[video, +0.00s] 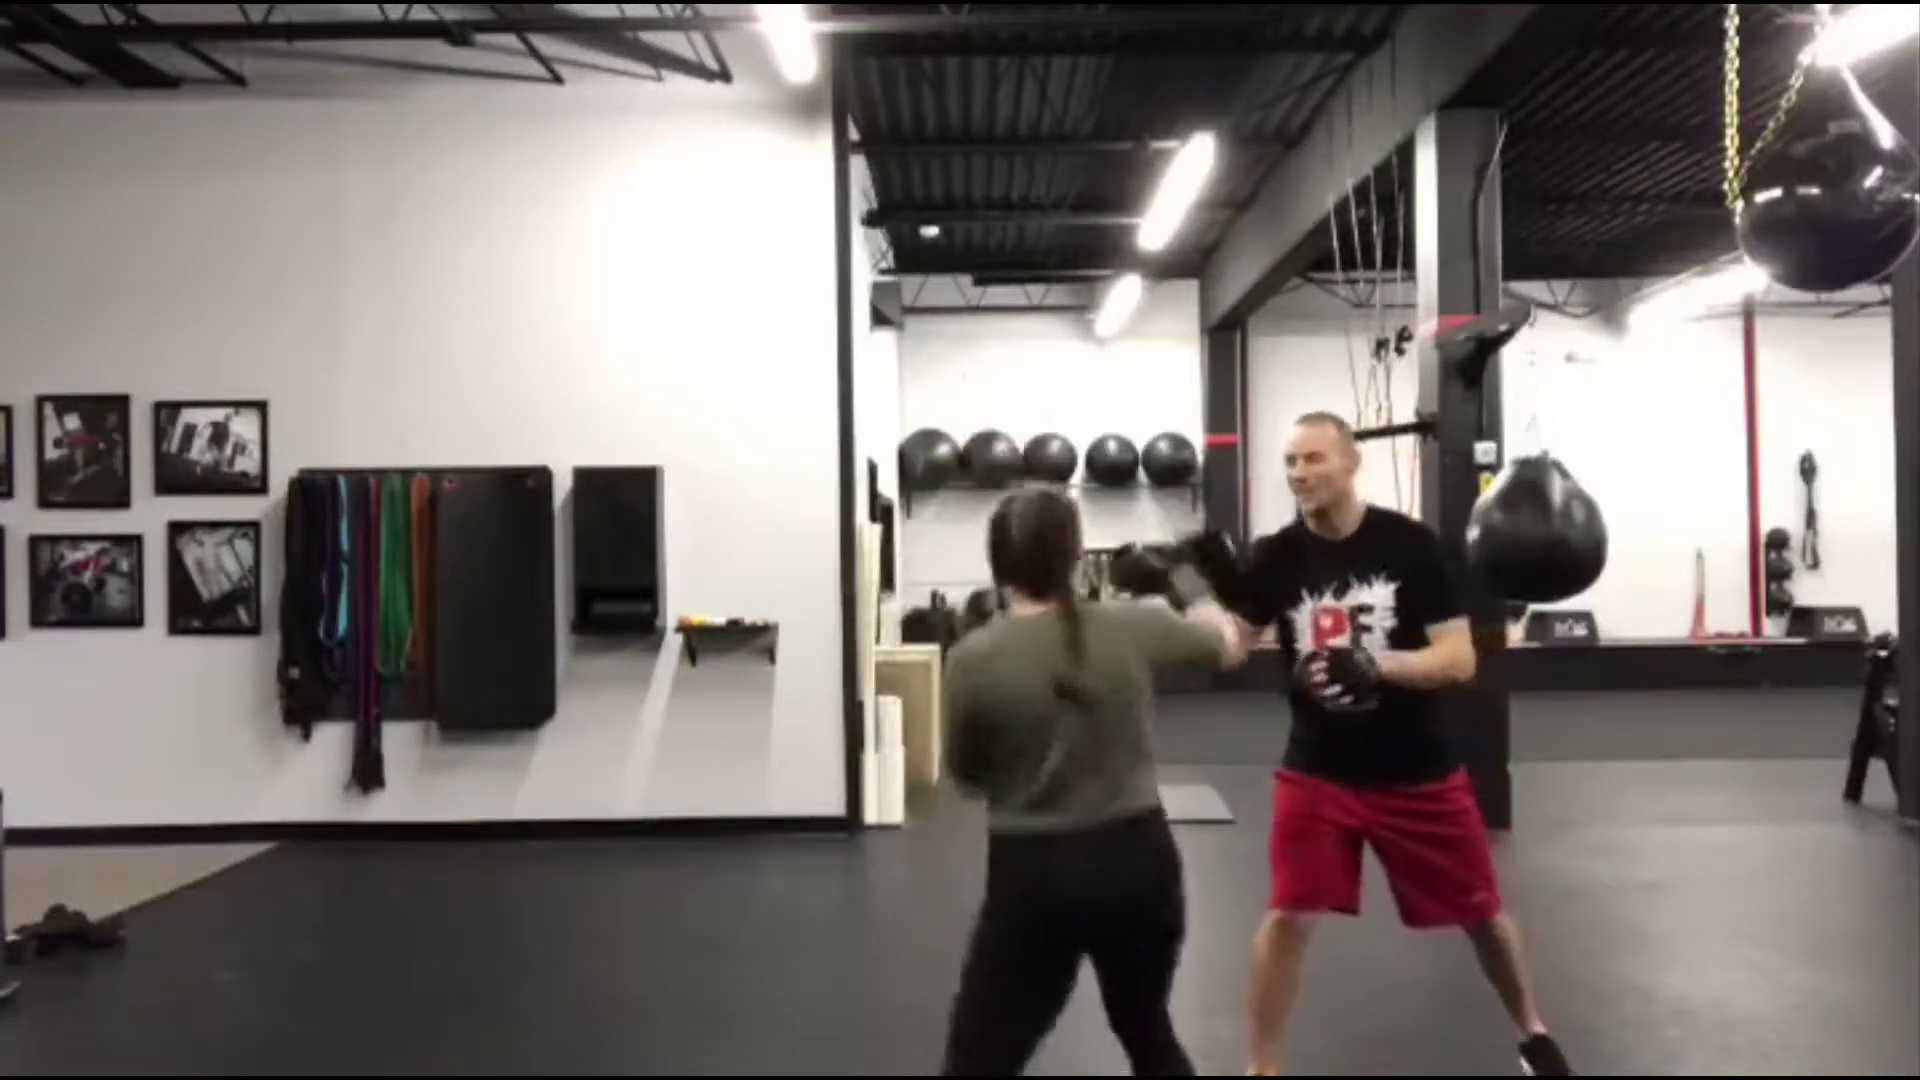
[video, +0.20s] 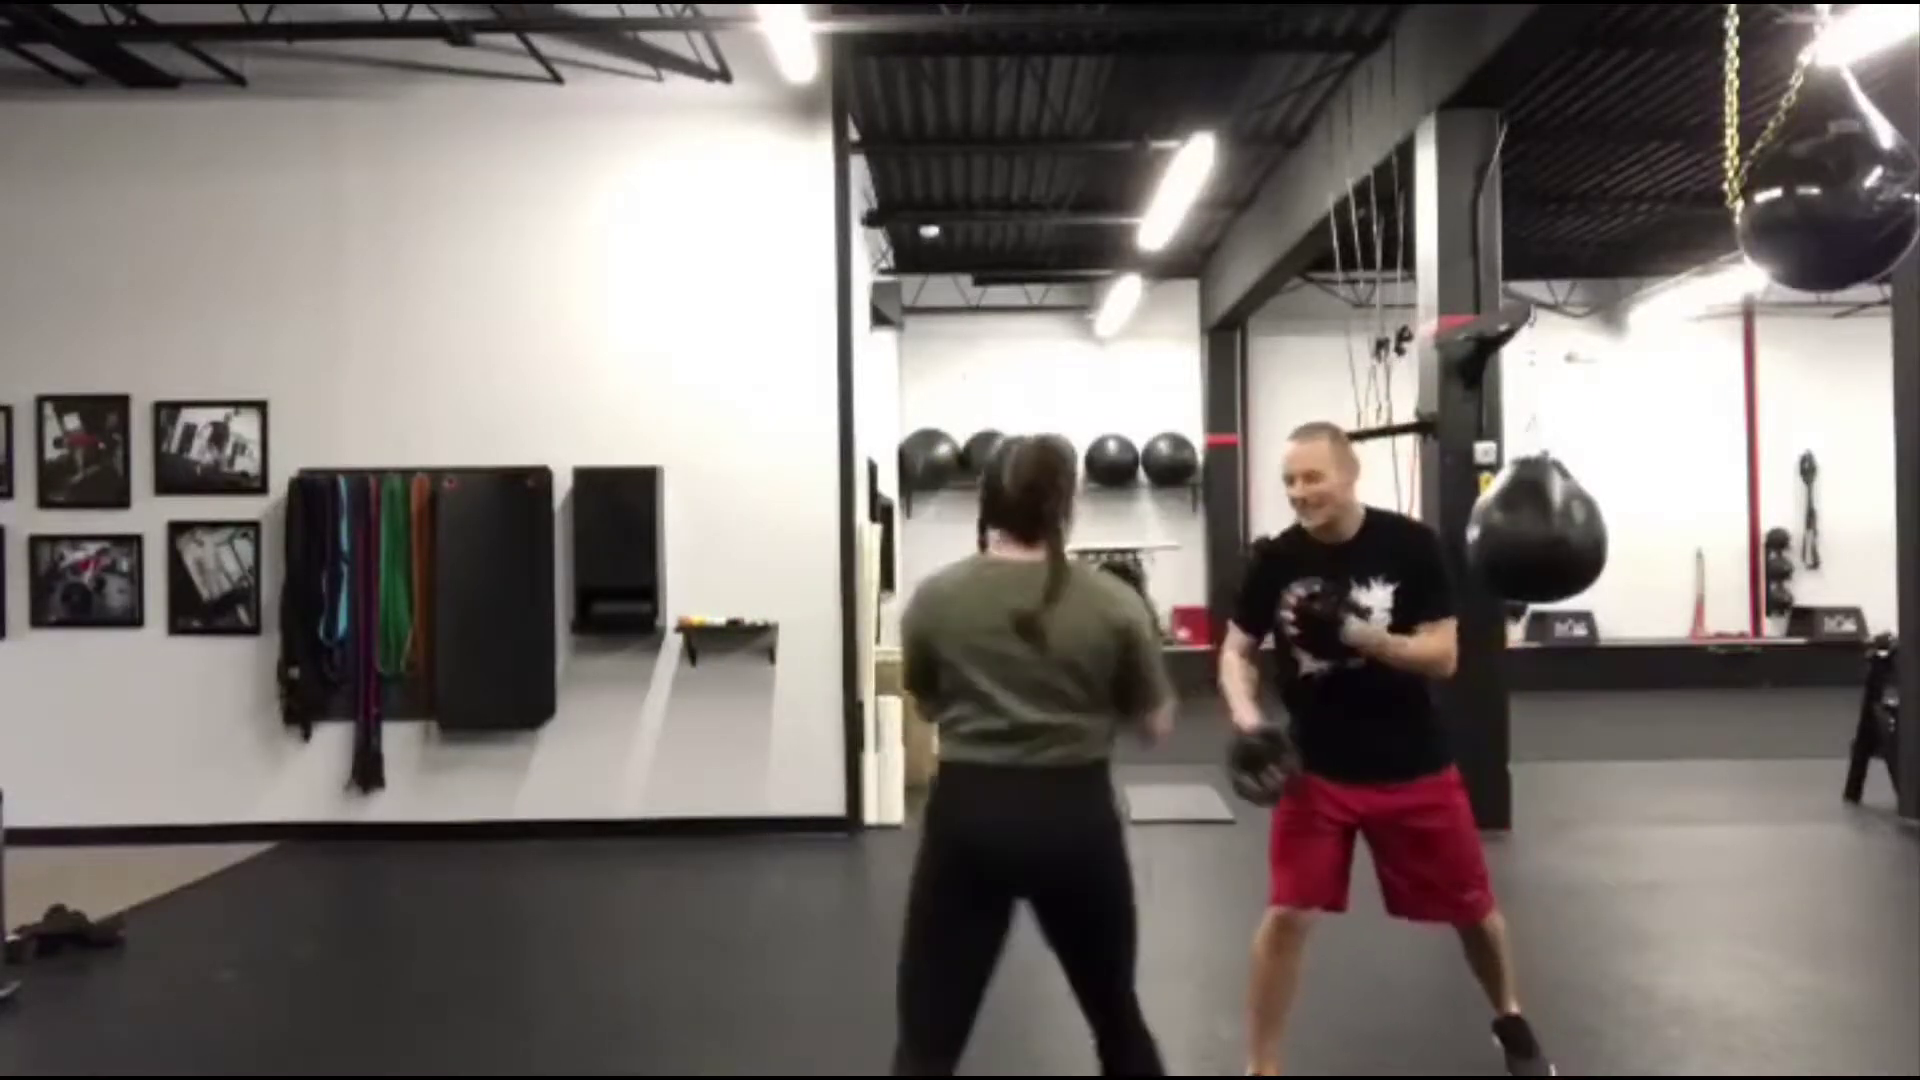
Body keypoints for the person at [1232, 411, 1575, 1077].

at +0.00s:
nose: (1300, 473)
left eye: (1314, 459)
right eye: (1291, 462)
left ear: (1353, 463)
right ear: (1286, 472)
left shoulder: (1414, 546)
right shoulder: (1274, 557)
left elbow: (1458, 659)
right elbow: (1230, 637)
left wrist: (1373, 664)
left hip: (1421, 774)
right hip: (1318, 775)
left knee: (1485, 915)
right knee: (1288, 915)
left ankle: (1534, 1034)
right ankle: (1262, 1065)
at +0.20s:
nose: (1301, 493)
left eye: (1314, 479)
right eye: (1291, 481)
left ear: (1351, 475)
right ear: (1282, 485)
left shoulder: (1413, 545)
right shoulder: (1273, 560)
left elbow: (1443, 655)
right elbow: (1236, 653)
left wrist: (1355, 631)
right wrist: (1249, 722)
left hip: (1417, 774)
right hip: (1318, 777)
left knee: (1478, 914)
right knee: (1288, 915)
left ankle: (1509, 1019)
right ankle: (1261, 1065)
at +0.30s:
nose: (1322, 503)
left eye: (1335, 489)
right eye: (1312, 491)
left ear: (1372, 485)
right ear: (1304, 494)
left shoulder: (1423, 556)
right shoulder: (1291, 571)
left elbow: (1441, 666)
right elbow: (1257, 662)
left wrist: (1349, 630)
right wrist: (1285, 739)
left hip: (1425, 779)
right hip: (1329, 777)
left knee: (1483, 922)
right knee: (1293, 914)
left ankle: (1508, 1022)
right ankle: (1261, 1065)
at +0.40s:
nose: (1348, 506)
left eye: (1359, 492)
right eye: (1338, 494)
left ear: (1397, 485)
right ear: (1329, 494)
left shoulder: (1444, 564)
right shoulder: (1310, 572)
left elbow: (1458, 671)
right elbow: (1284, 666)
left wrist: (1368, 627)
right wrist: (1315, 738)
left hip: (1442, 781)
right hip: (1346, 779)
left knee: (1490, 924)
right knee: (1307, 915)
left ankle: (1510, 1030)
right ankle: (1264, 1064)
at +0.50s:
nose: (1366, 500)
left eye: (1378, 487)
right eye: (1357, 488)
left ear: (1413, 483)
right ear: (1347, 488)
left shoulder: (1464, 557)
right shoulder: (1325, 565)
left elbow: (1476, 665)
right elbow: (1300, 652)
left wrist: (1396, 626)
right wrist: (1330, 720)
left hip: (1451, 775)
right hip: (1354, 773)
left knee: (1496, 920)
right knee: (1313, 909)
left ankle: (1510, 1028)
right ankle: (1266, 1060)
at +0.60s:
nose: (1372, 490)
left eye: (1385, 477)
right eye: (1363, 478)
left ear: (1421, 475)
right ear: (1354, 480)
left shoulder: (1468, 551)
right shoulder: (1328, 557)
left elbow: (1482, 656)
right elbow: (1300, 638)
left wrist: (1412, 614)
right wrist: (1327, 695)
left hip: (1450, 768)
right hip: (1351, 766)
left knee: (1492, 911)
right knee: (1310, 897)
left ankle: (1510, 1027)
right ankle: (1261, 1052)